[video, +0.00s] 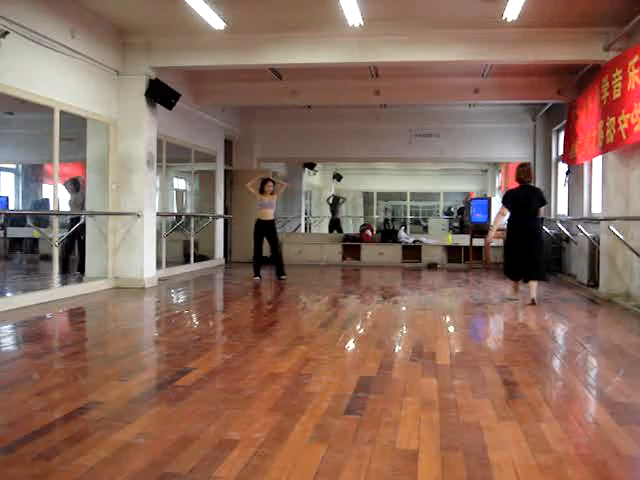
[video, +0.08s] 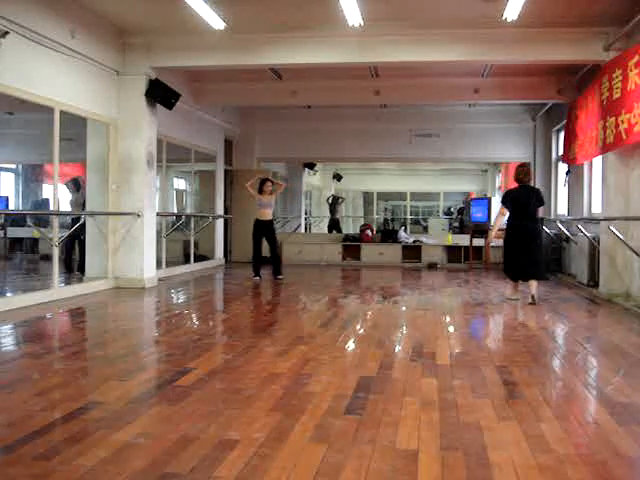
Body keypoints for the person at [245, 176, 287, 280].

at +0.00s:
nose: (270, 188)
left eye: (271, 186)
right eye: (267, 186)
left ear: (273, 187)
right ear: (263, 187)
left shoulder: (274, 196)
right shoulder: (259, 196)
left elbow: (285, 185)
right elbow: (248, 186)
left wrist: (275, 181)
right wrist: (257, 178)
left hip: (270, 222)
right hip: (260, 222)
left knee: (275, 248)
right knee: (257, 249)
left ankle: (280, 273)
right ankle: (257, 273)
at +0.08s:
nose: (269, 188)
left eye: (270, 186)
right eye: (267, 186)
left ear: (272, 187)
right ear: (262, 187)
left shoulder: (273, 196)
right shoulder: (258, 196)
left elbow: (283, 185)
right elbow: (247, 186)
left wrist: (273, 181)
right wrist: (256, 179)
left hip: (269, 222)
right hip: (259, 221)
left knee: (274, 248)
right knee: (257, 249)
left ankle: (277, 273)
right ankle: (256, 273)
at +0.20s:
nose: (266, 188)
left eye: (267, 186)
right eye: (264, 186)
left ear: (268, 187)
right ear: (259, 187)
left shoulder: (269, 196)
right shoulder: (254, 196)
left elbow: (279, 185)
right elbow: (246, 185)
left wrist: (271, 182)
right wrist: (253, 179)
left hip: (265, 222)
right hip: (255, 221)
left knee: (266, 248)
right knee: (255, 249)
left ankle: (263, 272)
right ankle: (256, 273)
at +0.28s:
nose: (264, 188)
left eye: (265, 186)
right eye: (261, 186)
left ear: (265, 188)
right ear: (257, 187)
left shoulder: (265, 197)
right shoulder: (252, 197)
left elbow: (273, 185)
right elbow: (245, 186)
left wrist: (268, 182)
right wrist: (252, 178)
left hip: (262, 221)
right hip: (254, 221)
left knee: (259, 249)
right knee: (255, 249)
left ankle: (249, 271)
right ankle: (255, 272)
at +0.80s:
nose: (254, 190)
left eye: (255, 187)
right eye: (252, 187)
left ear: (255, 189)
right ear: (247, 188)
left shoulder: (253, 196)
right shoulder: (242, 197)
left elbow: (263, 185)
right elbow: (239, 186)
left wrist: (255, 181)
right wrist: (245, 179)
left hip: (249, 221)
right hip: (242, 221)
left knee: (247, 248)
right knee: (241, 248)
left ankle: (245, 271)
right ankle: (238, 272)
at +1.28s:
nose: (241, 188)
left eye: (242, 185)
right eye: (239, 185)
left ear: (243, 187)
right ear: (234, 187)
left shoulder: (243, 196)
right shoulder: (230, 196)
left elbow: (252, 186)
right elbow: (226, 185)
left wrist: (246, 184)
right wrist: (232, 178)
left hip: (240, 220)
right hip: (230, 220)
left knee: (242, 248)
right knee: (228, 248)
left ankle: (244, 273)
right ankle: (226, 272)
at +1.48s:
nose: (236, 187)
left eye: (238, 185)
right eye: (234, 184)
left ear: (239, 186)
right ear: (230, 186)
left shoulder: (239, 196)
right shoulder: (227, 196)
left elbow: (251, 194)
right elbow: (226, 200)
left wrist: (243, 192)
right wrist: (226, 192)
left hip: (237, 221)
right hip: (228, 221)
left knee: (240, 248)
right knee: (226, 249)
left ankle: (245, 272)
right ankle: (226, 272)